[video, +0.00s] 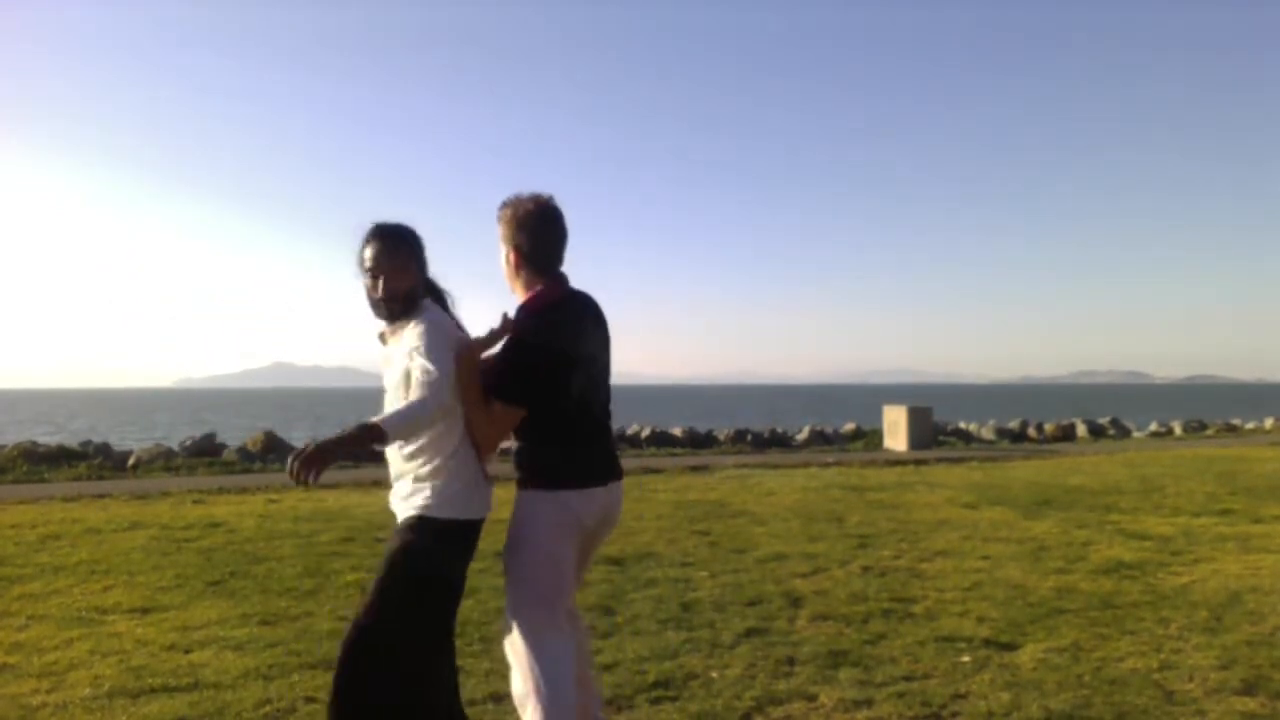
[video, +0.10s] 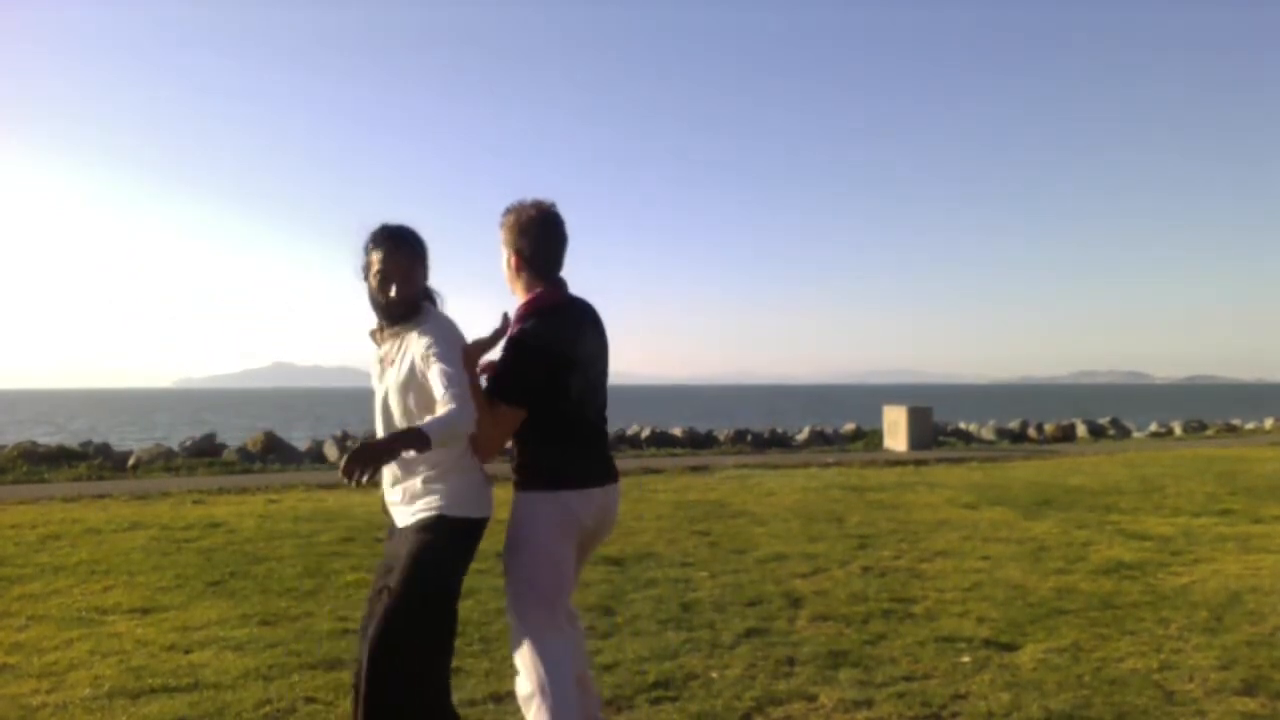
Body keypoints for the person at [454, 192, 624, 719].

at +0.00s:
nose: (501, 259)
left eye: (501, 249)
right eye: (502, 249)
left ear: (512, 255)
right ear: (560, 250)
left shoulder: (533, 329)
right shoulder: (587, 311)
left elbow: (488, 432)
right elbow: (556, 395)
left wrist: (467, 360)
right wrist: (502, 347)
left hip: (553, 497)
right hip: (601, 488)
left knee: (529, 624)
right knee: (556, 611)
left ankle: (551, 713)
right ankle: (585, 709)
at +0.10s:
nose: (502, 262)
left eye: (503, 253)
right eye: (503, 252)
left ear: (512, 259)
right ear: (560, 256)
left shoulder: (528, 334)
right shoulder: (585, 317)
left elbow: (488, 437)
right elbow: (557, 406)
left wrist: (468, 368)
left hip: (549, 498)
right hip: (598, 489)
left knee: (534, 626)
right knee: (553, 611)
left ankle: (553, 711)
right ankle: (583, 707)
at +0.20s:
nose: (501, 266)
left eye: (503, 257)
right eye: (503, 256)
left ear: (512, 264)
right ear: (557, 262)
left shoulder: (526, 334)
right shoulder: (585, 324)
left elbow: (500, 435)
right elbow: (571, 409)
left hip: (546, 498)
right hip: (596, 490)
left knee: (537, 633)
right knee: (556, 613)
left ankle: (556, 710)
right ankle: (583, 706)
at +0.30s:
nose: (502, 274)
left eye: (502, 265)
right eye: (504, 264)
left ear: (511, 271)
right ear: (554, 268)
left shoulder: (524, 336)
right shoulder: (586, 330)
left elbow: (511, 424)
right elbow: (615, 390)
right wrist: (563, 391)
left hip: (544, 502)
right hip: (598, 496)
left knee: (540, 632)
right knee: (556, 611)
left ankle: (560, 712)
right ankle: (584, 706)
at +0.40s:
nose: (500, 286)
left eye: (501, 278)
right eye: (502, 278)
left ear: (510, 282)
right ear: (551, 279)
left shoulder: (518, 345)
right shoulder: (586, 340)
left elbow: (508, 419)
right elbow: (627, 403)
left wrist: (483, 433)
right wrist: (574, 408)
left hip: (542, 503)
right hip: (599, 498)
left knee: (543, 637)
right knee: (553, 612)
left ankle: (570, 712)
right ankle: (584, 705)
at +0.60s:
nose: (495, 306)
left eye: (496, 298)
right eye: (497, 298)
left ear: (504, 299)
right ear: (544, 297)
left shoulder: (505, 349)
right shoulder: (580, 354)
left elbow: (472, 400)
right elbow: (636, 423)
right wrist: (592, 443)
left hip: (545, 507)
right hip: (603, 502)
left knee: (539, 635)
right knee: (554, 616)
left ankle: (563, 712)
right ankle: (580, 705)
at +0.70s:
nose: (491, 315)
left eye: (491, 308)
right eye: (493, 309)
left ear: (499, 307)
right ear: (537, 306)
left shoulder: (501, 344)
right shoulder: (569, 356)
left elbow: (455, 368)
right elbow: (635, 425)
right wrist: (603, 460)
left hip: (552, 506)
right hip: (604, 499)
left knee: (519, 639)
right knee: (554, 615)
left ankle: (549, 714)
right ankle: (582, 710)